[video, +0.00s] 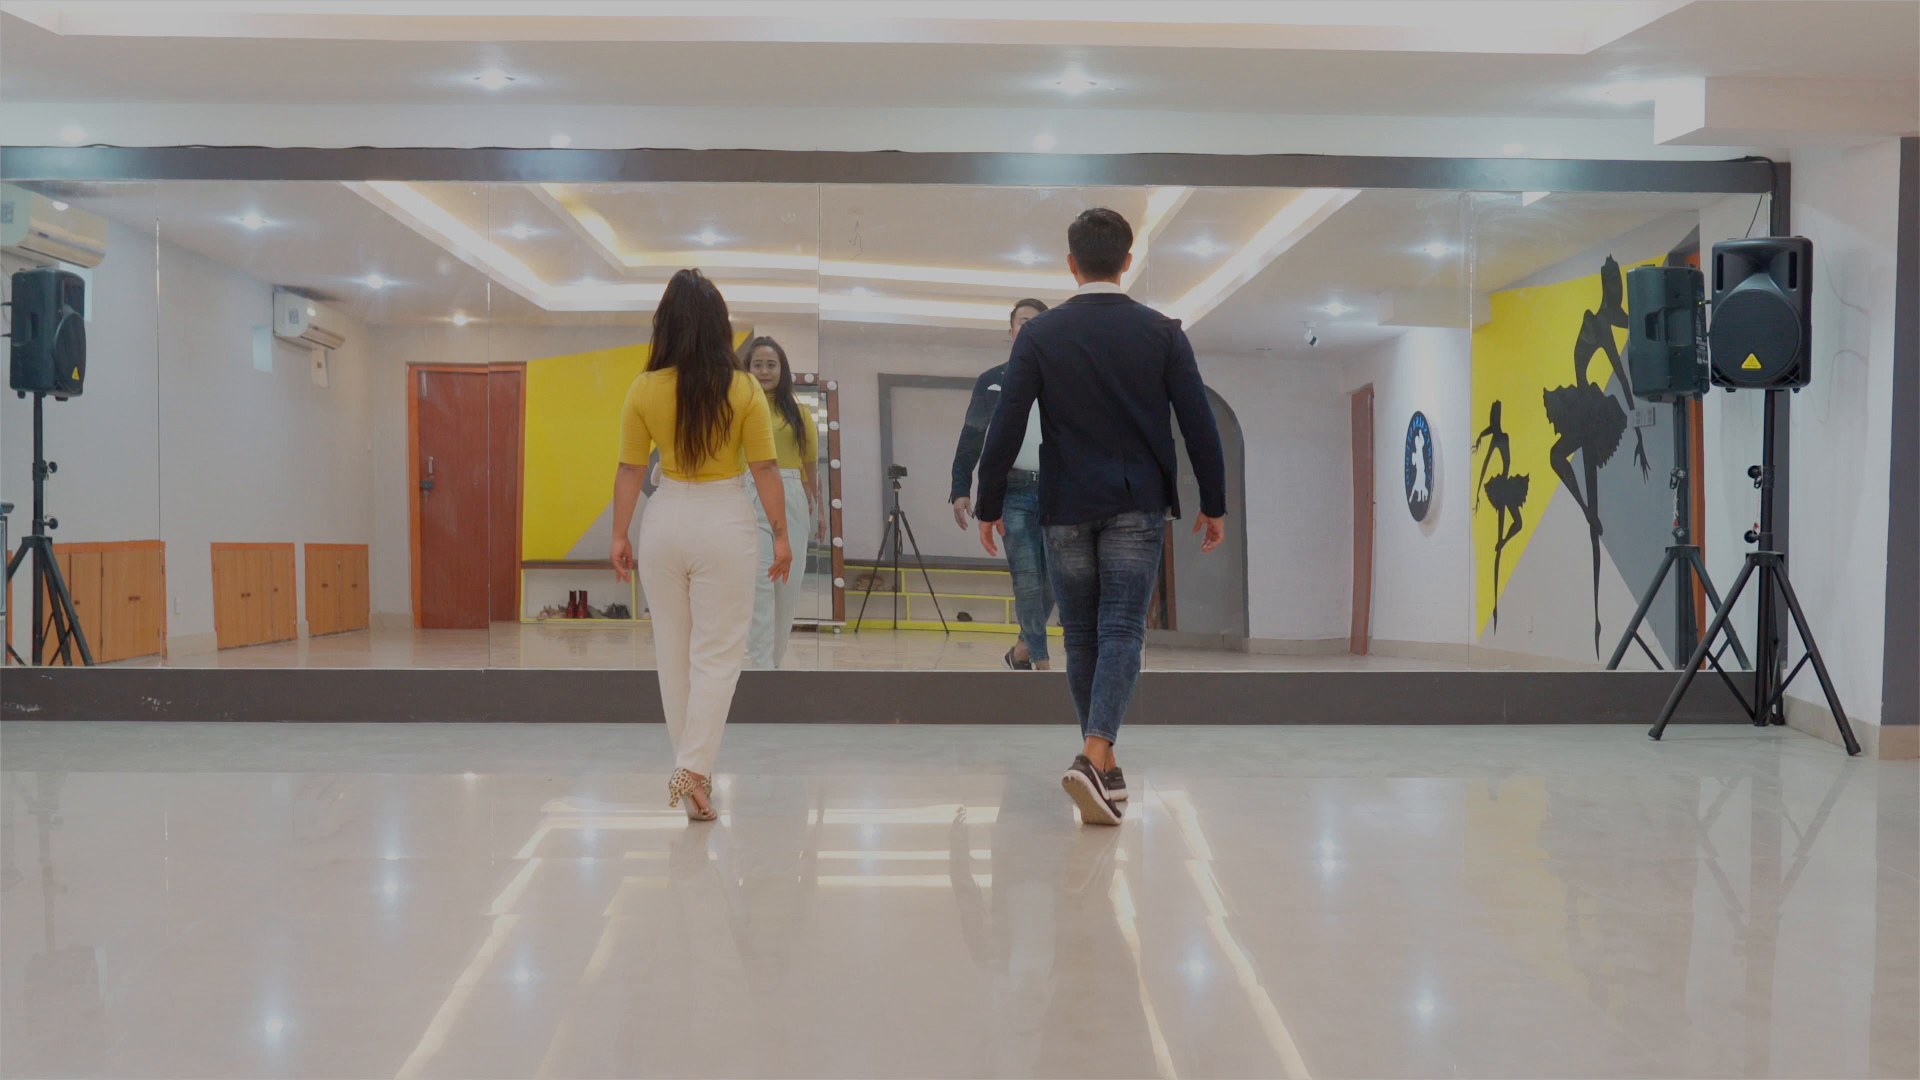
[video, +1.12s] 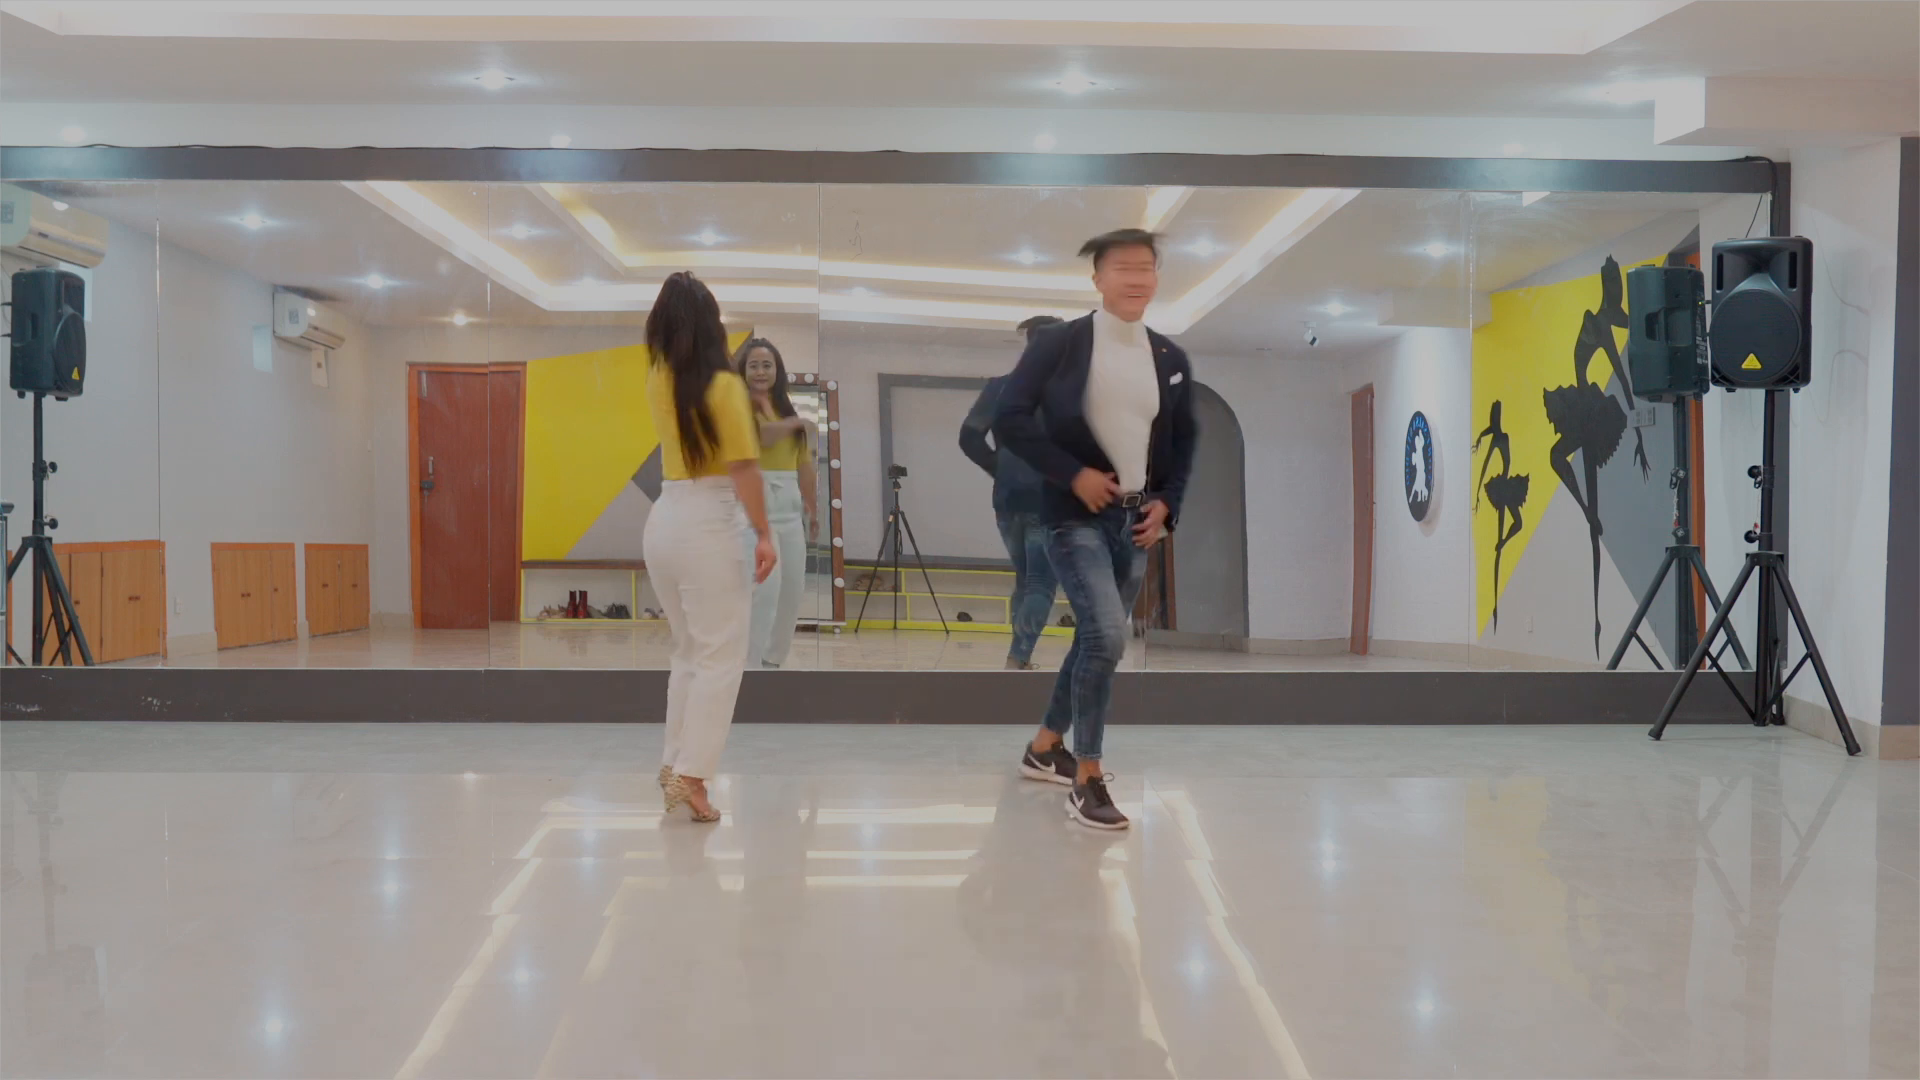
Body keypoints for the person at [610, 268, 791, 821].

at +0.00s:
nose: (730, 330)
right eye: (725, 321)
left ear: (665, 324)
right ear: (721, 324)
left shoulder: (645, 389)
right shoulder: (741, 387)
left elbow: (631, 469)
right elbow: (764, 467)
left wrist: (620, 533)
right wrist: (781, 533)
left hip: (663, 517)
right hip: (728, 519)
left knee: (673, 648)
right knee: (719, 651)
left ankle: (689, 770)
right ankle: (693, 767)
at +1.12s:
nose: (722, 322)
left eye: (715, 314)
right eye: (718, 315)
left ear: (663, 325)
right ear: (712, 321)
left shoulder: (657, 382)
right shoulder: (723, 385)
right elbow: (743, 465)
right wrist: (764, 532)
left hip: (666, 519)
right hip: (714, 521)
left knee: (688, 648)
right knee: (723, 655)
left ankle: (675, 765)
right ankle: (693, 774)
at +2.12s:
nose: (693, 356)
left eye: (705, 347)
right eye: (684, 345)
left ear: (724, 352)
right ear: (672, 349)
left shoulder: (745, 408)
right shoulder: (656, 409)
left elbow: (765, 470)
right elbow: (626, 476)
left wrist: (770, 523)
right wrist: (622, 520)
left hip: (731, 545)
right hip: (665, 541)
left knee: (732, 665)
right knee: (674, 653)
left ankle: (702, 765)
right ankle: (680, 779)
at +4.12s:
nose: (749, 340)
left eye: (763, 334)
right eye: (742, 329)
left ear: (782, 348)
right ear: (728, 335)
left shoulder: (784, 403)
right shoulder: (696, 400)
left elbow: (834, 440)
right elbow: (657, 469)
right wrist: (588, 463)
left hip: (765, 544)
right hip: (700, 543)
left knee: (741, 674)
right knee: (684, 671)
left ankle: (718, 788)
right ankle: (730, 736)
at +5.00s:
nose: (757, 369)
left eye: (770, 369)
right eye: (747, 359)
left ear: (776, 397)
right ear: (718, 374)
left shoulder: (767, 453)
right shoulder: (681, 436)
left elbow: (759, 533)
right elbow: (630, 508)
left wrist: (759, 599)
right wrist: (647, 581)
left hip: (720, 588)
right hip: (654, 580)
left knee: (763, 689)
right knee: (679, 685)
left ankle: (713, 784)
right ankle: (674, 804)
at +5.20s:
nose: (727, 349)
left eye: (738, 343)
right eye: (715, 346)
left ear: (758, 367)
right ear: (701, 369)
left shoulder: (762, 431)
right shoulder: (680, 419)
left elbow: (755, 503)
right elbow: (618, 477)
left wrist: (751, 563)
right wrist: (647, 550)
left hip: (728, 578)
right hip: (664, 574)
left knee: (762, 688)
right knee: (679, 687)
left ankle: (710, 786)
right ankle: (673, 807)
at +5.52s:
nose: (719, 326)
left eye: (730, 318)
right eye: (708, 321)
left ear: (752, 337)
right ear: (695, 341)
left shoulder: (762, 401)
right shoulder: (675, 386)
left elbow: (765, 463)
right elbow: (604, 412)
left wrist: (756, 491)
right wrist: (652, 454)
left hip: (735, 557)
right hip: (671, 553)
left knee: (752, 678)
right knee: (678, 680)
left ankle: (711, 786)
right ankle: (674, 805)